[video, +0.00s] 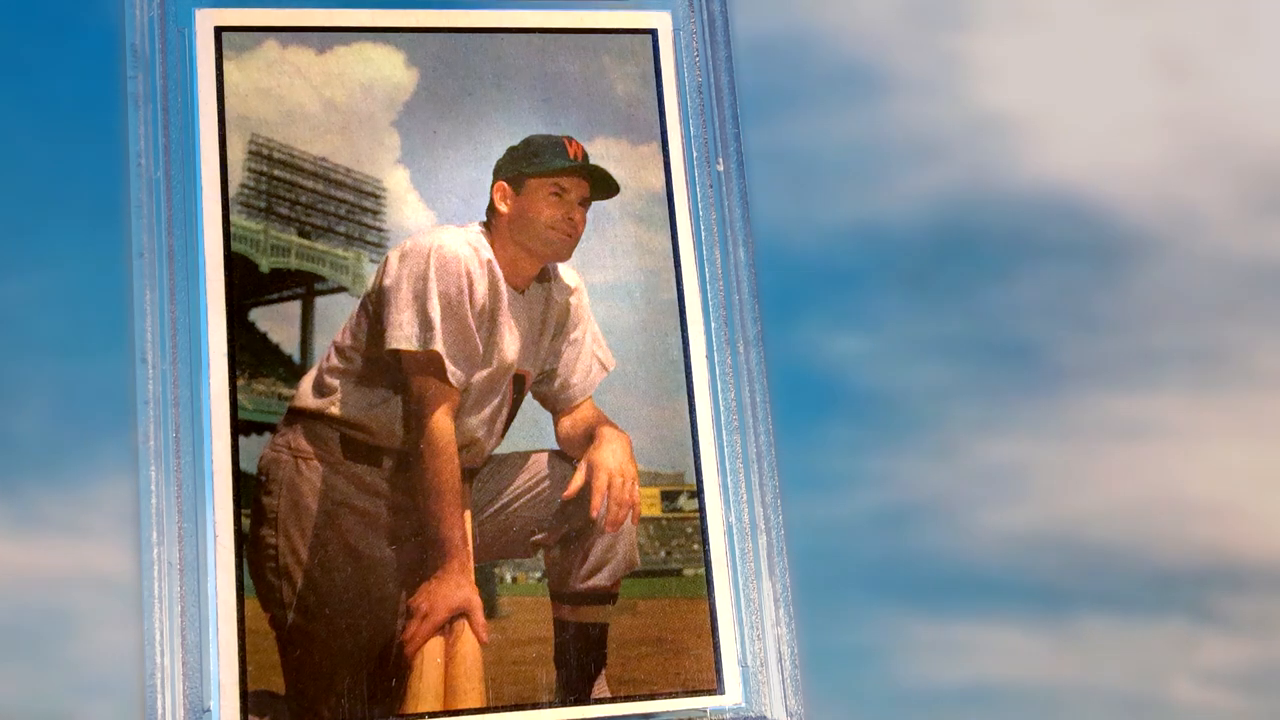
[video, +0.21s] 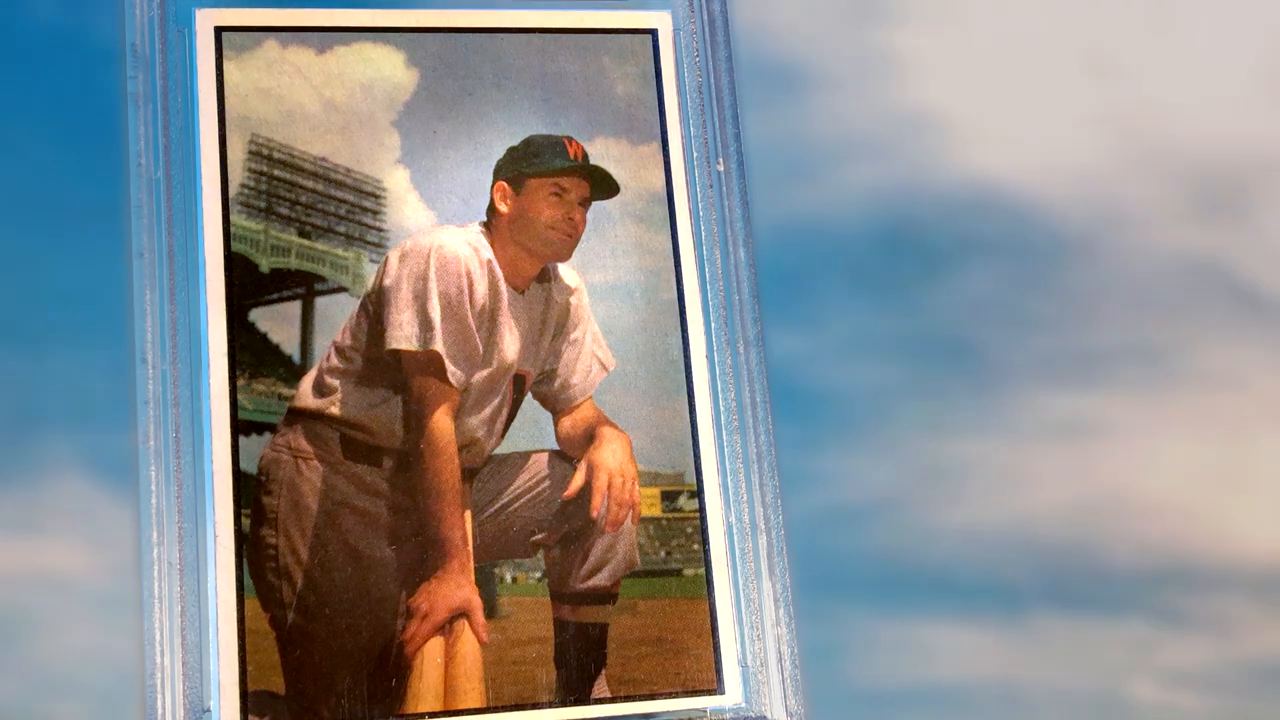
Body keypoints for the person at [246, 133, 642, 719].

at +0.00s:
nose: (576, 215)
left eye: (583, 204)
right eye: (557, 193)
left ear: (586, 218)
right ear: (504, 197)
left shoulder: (560, 294)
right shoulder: (441, 256)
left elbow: (574, 416)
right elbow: (433, 418)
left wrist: (609, 434)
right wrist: (454, 565)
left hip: (439, 486)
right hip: (334, 478)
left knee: (596, 487)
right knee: (347, 701)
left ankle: (580, 693)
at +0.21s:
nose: (576, 216)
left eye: (583, 204)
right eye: (557, 193)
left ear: (586, 217)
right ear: (504, 197)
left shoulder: (560, 294)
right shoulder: (442, 256)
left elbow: (574, 416)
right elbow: (433, 418)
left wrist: (609, 434)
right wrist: (454, 566)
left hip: (439, 486)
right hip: (334, 479)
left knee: (595, 487)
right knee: (348, 701)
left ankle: (581, 694)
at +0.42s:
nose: (577, 216)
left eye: (584, 204)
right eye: (559, 194)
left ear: (586, 217)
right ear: (505, 197)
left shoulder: (559, 294)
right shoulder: (443, 256)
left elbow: (575, 416)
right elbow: (432, 418)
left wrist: (609, 434)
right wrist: (454, 566)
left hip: (439, 486)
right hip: (334, 479)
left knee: (594, 487)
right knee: (347, 701)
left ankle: (581, 694)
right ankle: (240, 706)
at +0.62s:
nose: (576, 215)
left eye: (584, 204)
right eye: (557, 193)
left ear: (586, 217)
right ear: (504, 197)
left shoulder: (559, 294)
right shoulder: (442, 256)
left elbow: (574, 415)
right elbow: (432, 418)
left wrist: (609, 434)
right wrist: (454, 566)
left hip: (440, 486)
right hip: (335, 479)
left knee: (595, 488)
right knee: (347, 703)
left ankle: (581, 694)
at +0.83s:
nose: (577, 216)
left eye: (584, 203)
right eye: (558, 194)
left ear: (587, 216)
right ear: (505, 197)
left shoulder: (559, 294)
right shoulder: (442, 257)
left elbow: (574, 415)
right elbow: (433, 418)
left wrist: (609, 434)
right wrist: (454, 566)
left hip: (440, 486)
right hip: (335, 479)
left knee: (595, 488)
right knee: (347, 703)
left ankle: (581, 695)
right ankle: (236, 706)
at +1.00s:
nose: (575, 215)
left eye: (583, 203)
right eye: (557, 193)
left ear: (587, 217)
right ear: (504, 197)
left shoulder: (559, 294)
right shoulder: (441, 257)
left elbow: (574, 414)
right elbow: (432, 418)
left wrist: (609, 435)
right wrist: (454, 566)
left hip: (440, 486)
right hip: (335, 479)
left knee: (595, 487)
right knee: (346, 704)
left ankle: (580, 695)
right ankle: (239, 706)